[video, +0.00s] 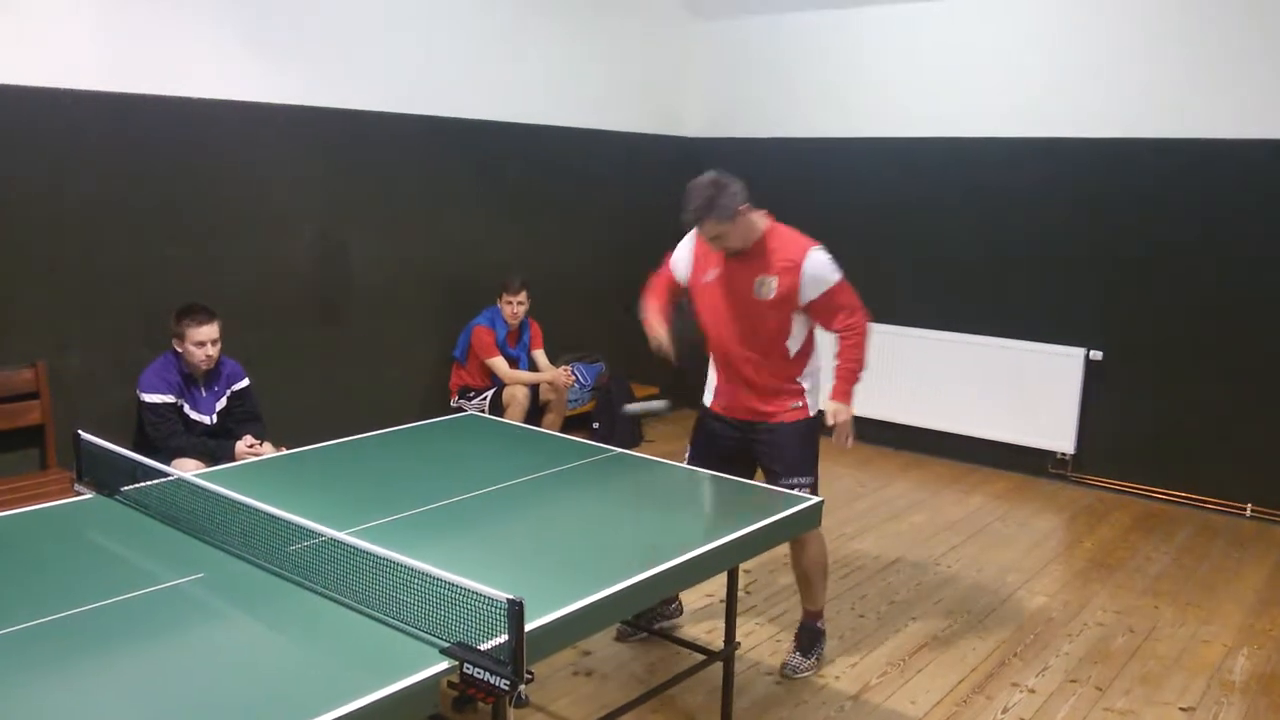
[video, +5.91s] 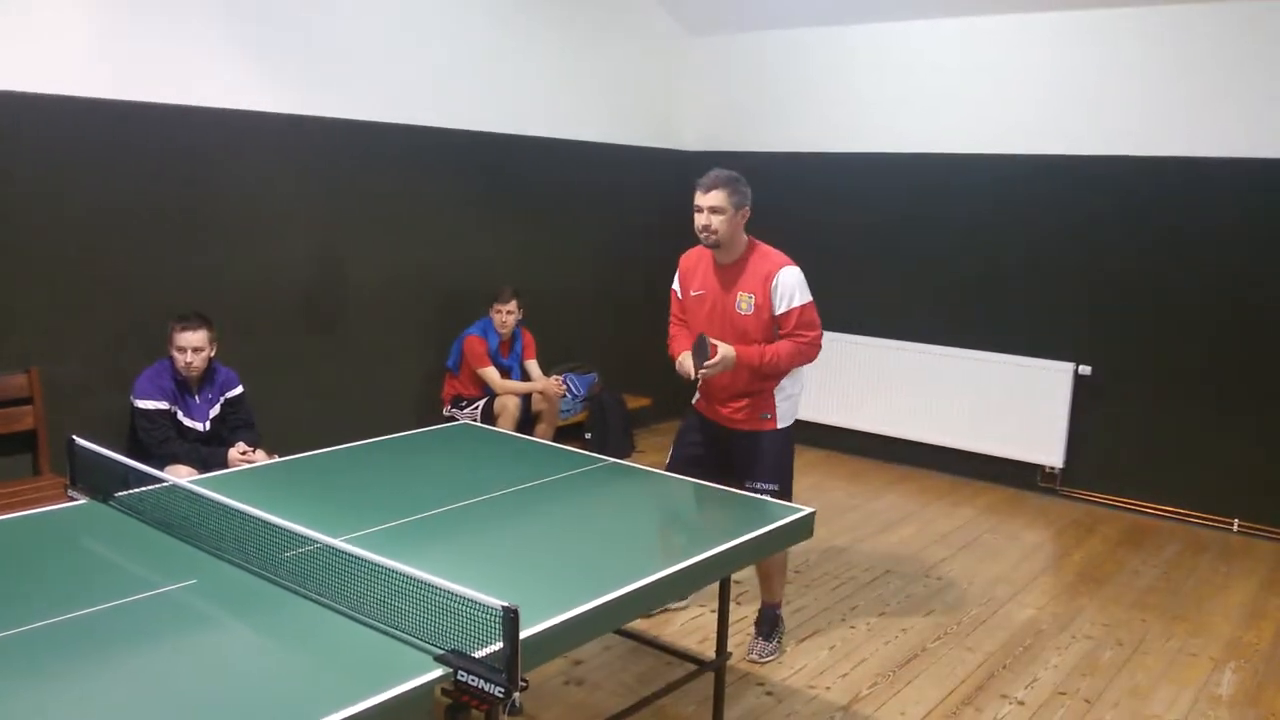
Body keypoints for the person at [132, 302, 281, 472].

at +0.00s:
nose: (210, 353)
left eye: (215, 343)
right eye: (200, 345)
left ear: (220, 341)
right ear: (178, 345)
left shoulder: (231, 372)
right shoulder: (155, 380)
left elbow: (248, 419)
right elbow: (169, 442)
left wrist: (249, 437)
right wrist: (230, 451)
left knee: (268, 452)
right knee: (190, 469)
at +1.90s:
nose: (204, 350)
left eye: (208, 340)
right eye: (194, 343)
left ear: (213, 340)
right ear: (171, 346)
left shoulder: (224, 373)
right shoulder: (148, 382)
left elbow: (241, 422)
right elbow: (160, 443)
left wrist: (241, 439)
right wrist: (222, 452)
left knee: (258, 453)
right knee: (183, 471)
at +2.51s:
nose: (220, 346)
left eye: (223, 337)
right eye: (209, 339)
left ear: (229, 336)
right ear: (187, 342)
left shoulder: (239, 368)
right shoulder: (165, 377)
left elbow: (255, 417)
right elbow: (177, 438)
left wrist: (256, 435)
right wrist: (237, 446)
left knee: (274, 448)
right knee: (198, 465)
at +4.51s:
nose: (201, 352)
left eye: (209, 343)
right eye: (193, 343)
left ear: (221, 342)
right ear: (179, 343)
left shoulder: (234, 372)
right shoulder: (159, 379)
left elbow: (249, 420)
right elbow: (172, 441)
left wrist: (249, 438)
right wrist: (232, 449)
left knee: (269, 450)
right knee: (193, 467)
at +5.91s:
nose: (188, 360)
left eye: (197, 351)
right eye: (180, 351)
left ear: (212, 350)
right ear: (170, 350)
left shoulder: (225, 380)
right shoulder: (150, 386)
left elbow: (241, 427)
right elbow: (161, 449)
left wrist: (241, 446)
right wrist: (223, 458)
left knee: (261, 460)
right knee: (184, 475)